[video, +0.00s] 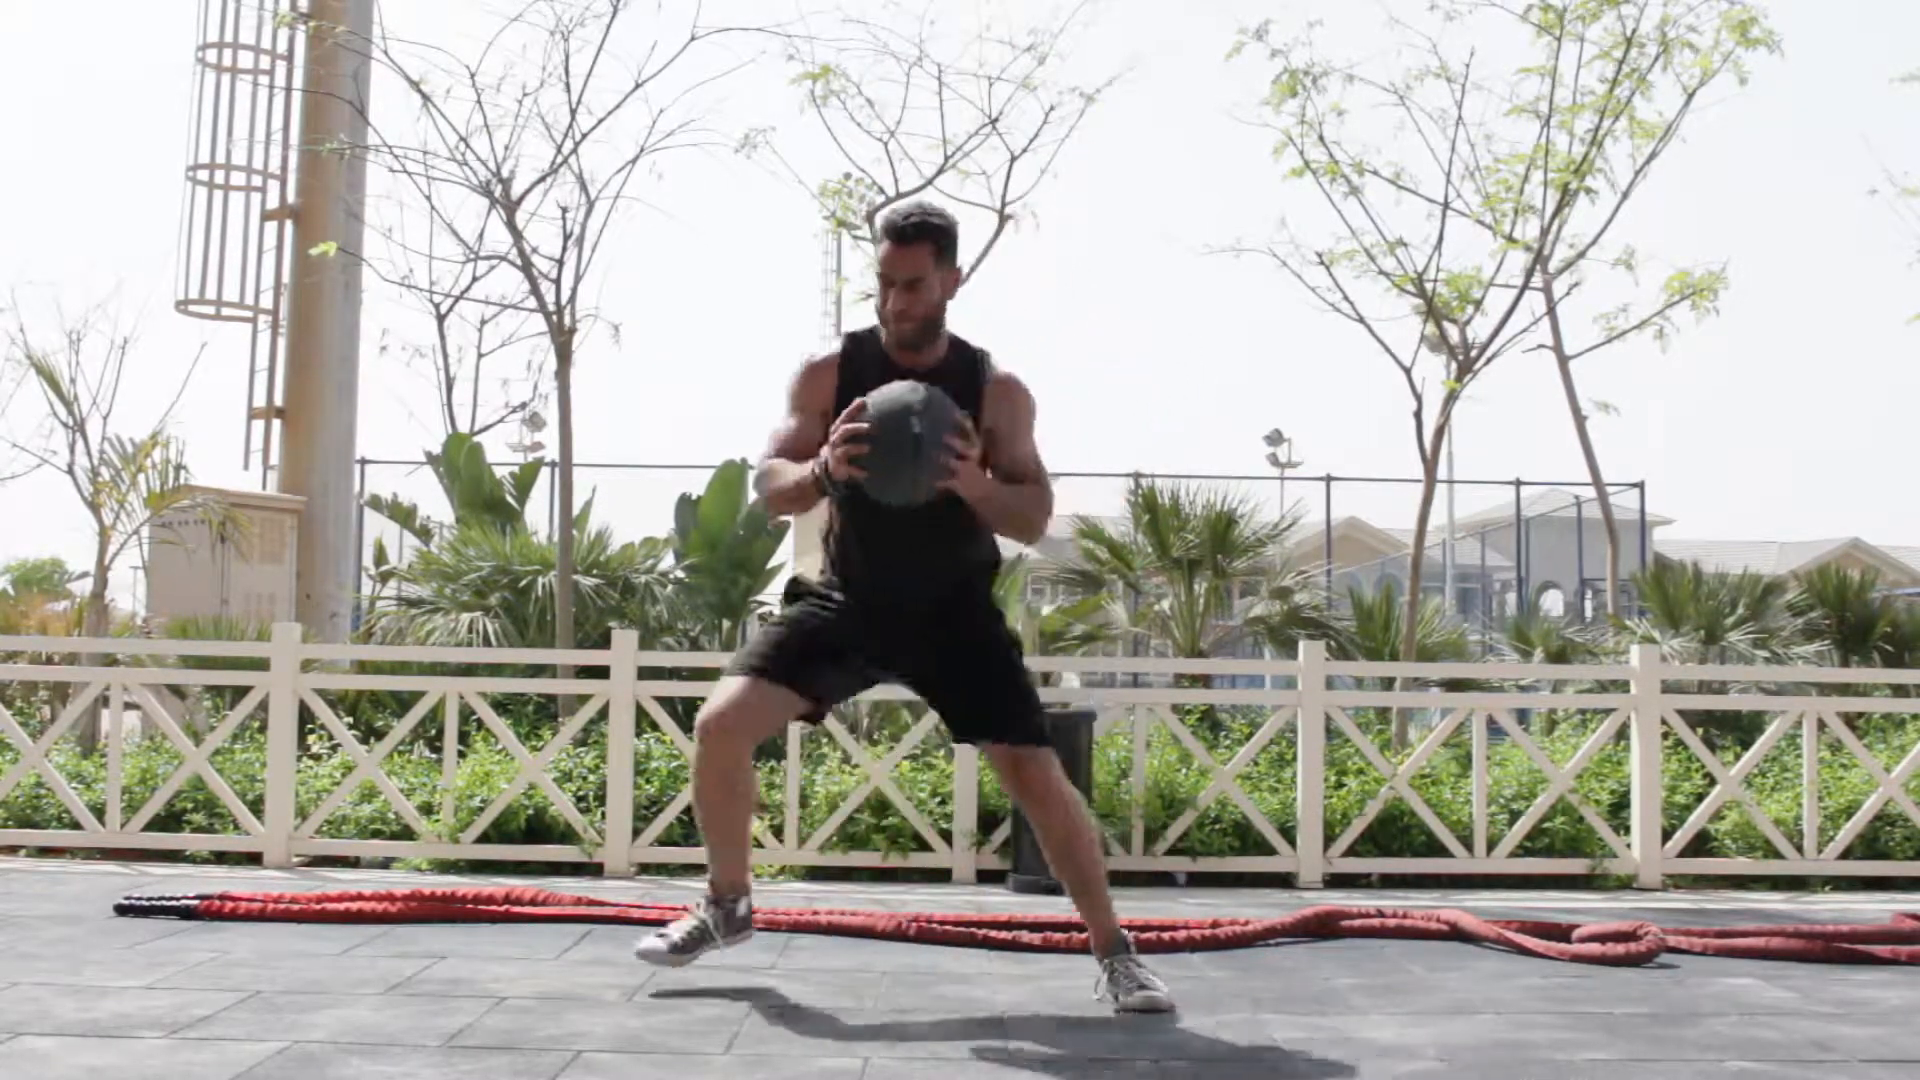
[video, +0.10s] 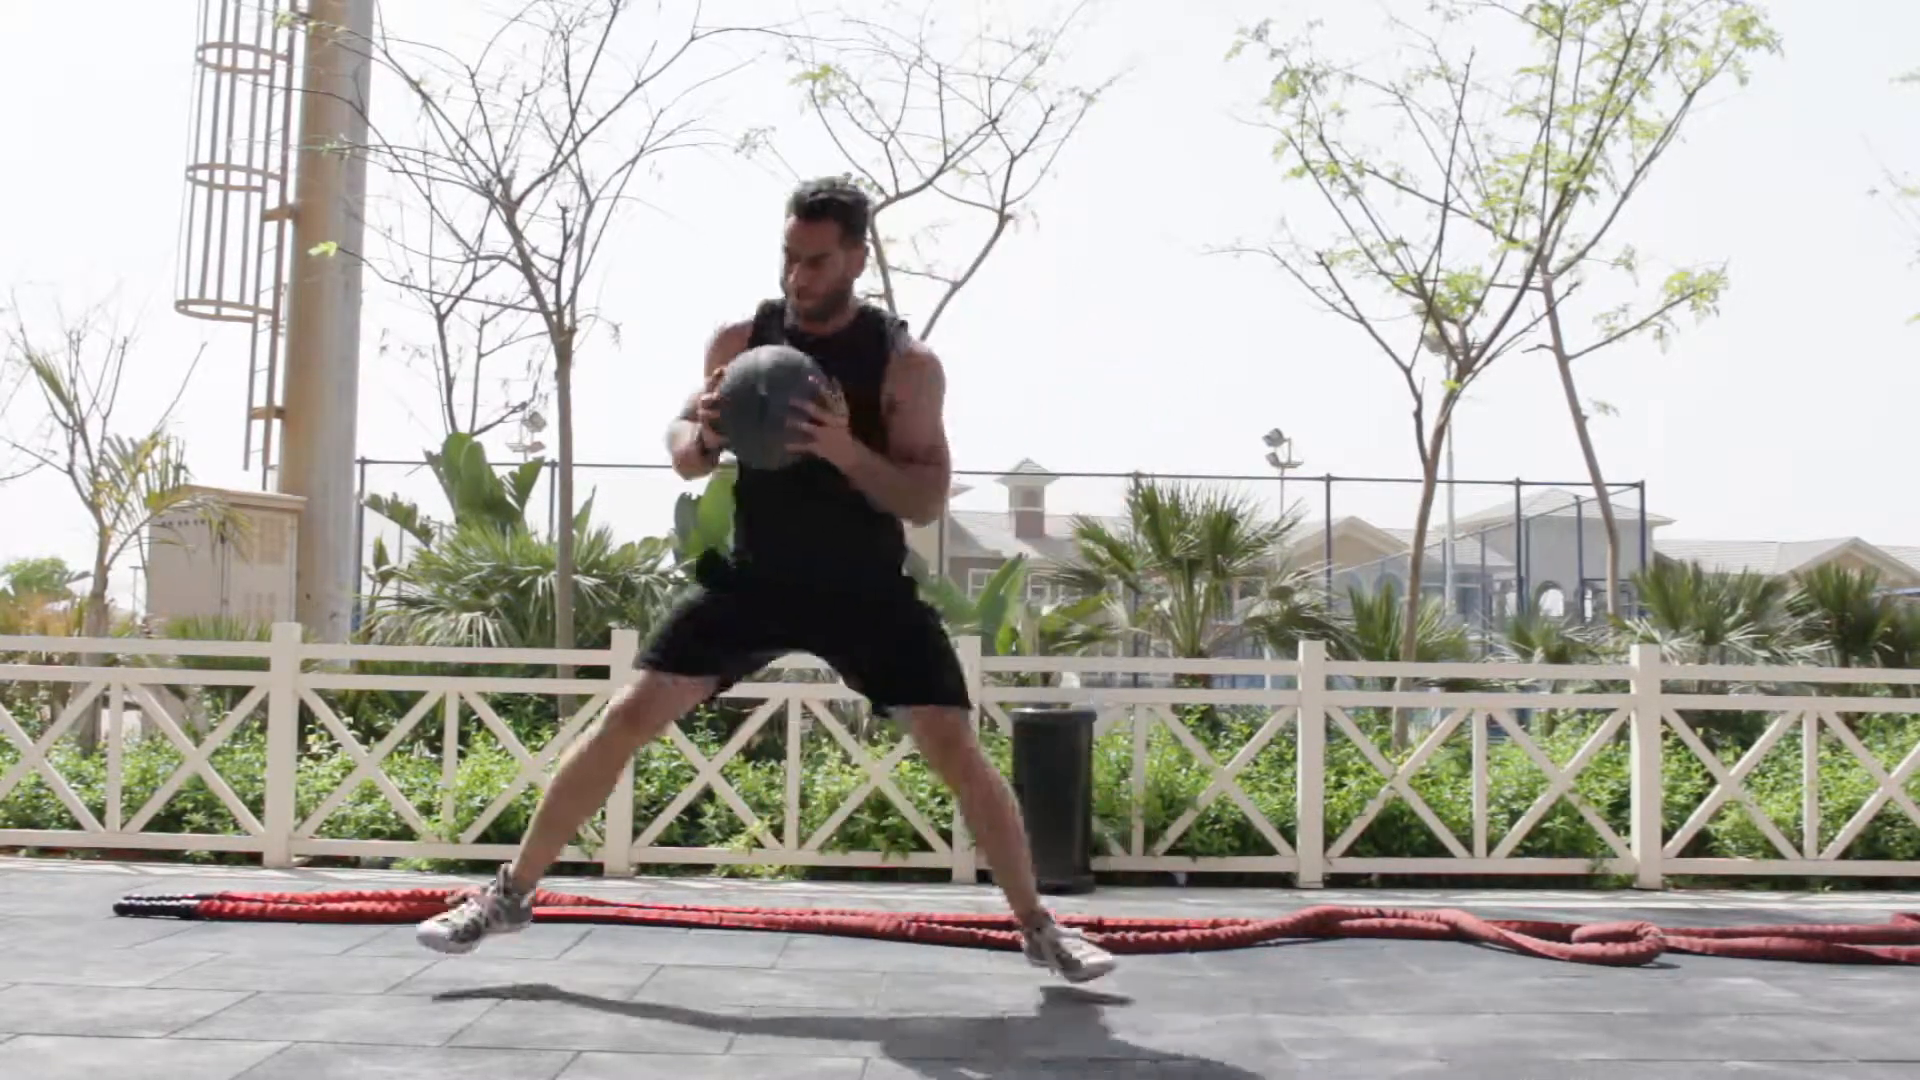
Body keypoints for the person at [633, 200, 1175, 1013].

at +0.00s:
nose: (896, 300)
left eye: (915, 284)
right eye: (886, 282)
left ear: (952, 283)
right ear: (874, 279)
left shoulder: (996, 393)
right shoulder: (827, 377)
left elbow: (1034, 518)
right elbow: (771, 492)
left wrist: (976, 482)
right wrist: (820, 471)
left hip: (958, 620)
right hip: (847, 610)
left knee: (1038, 774)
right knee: (720, 726)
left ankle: (1114, 951)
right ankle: (727, 905)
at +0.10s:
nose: (800, 275)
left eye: (818, 260)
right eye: (791, 258)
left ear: (859, 259)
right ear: (779, 254)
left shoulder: (906, 362)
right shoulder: (738, 343)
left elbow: (929, 499)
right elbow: (684, 458)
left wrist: (846, 447)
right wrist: (710, 431)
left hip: (868, 593)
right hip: (752, 585)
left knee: (956, 748)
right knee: (629, 718)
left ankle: (1040, 928)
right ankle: (510, 891)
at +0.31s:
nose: (584, 369)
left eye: (606, 356)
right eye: (581, 348)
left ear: (651, 358)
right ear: (573, 340)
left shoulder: (688, 459)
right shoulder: (571, 411)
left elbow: (642, 605)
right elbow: (524, 529)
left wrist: (559, 515)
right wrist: (517, 492)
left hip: (665, 654)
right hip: (578, 622)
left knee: (639, 861)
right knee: (475, 761)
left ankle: (614, 847)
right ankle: (429, 937)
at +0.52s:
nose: (513, 425)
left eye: (535, 411)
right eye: (509, 404)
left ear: (581, 406)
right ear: (502, 393)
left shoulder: (615, 505)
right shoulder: (529, 460)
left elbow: (564, 659)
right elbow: (528, 568)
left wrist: (484, 569)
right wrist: (472, 543)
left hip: (617, 692)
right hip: (537, 649)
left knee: (501, 849)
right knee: (444, 764)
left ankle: (439, 827)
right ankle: (427, 935)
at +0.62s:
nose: (534, 416)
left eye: (554, 401)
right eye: (526, 396)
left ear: (596, 393)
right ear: (517, 386)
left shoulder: (647, 489)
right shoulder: (530, 454)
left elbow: (629, 638)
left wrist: (528, 569)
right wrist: (490, 537)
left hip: (633, 676)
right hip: (548, 637)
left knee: (540, 852)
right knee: (460, 773)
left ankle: (457, 831)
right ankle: (431, 937)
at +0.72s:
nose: (606, 384)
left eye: (623, 367)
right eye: (593, 364)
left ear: (647, 356)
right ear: (565, 346)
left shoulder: (700, 446)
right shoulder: (533, 442)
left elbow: (725, 585)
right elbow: (493, 561)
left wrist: (630, 540)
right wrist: (513, 542)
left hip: (671, 640)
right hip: (570, 631)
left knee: (697, 816)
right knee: (485, 773)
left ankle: (600, 865)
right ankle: (432, 938)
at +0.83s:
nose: (704, 334)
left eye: (717, 315)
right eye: (687, 314)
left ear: (732, 305)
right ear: (649, 302)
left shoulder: (780, 395)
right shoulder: (603, 408)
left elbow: (839, 515)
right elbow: (550, 526)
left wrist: (761, 487)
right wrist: (607, 500)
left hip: (753, 616)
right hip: (640, 621)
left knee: (865, 722)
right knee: (541, 761)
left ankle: (835, 896)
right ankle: (434, 933)